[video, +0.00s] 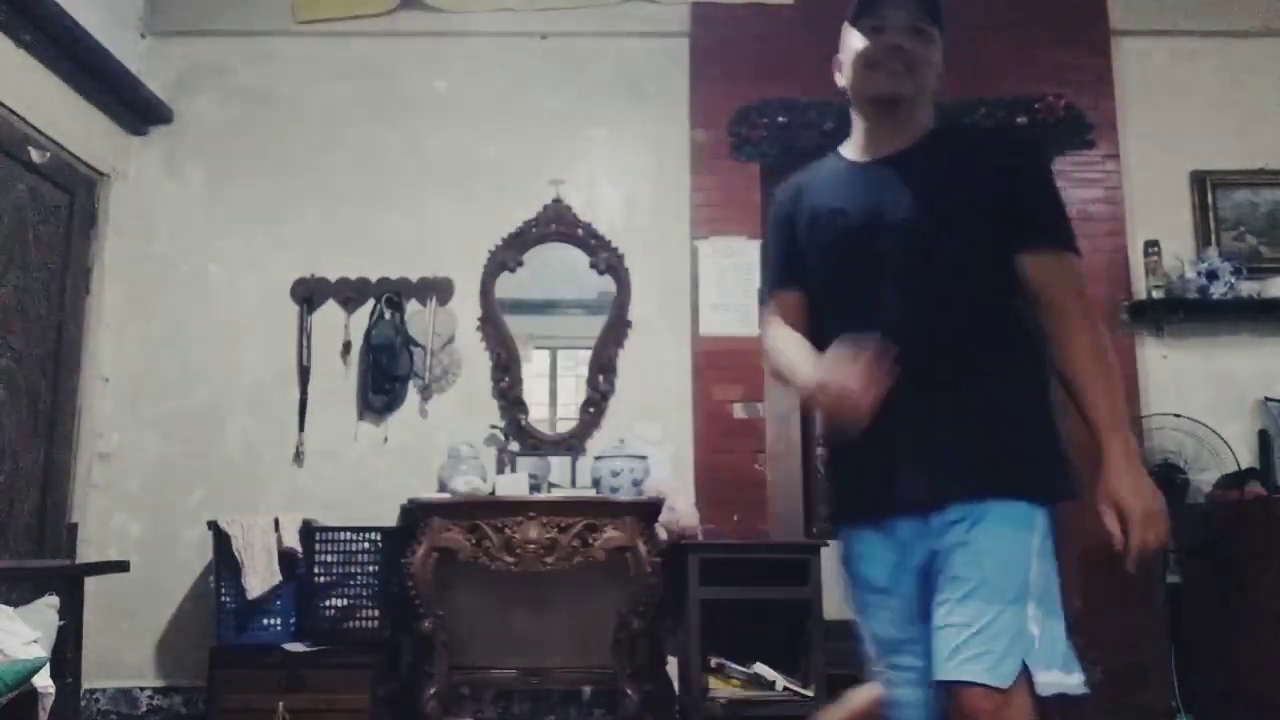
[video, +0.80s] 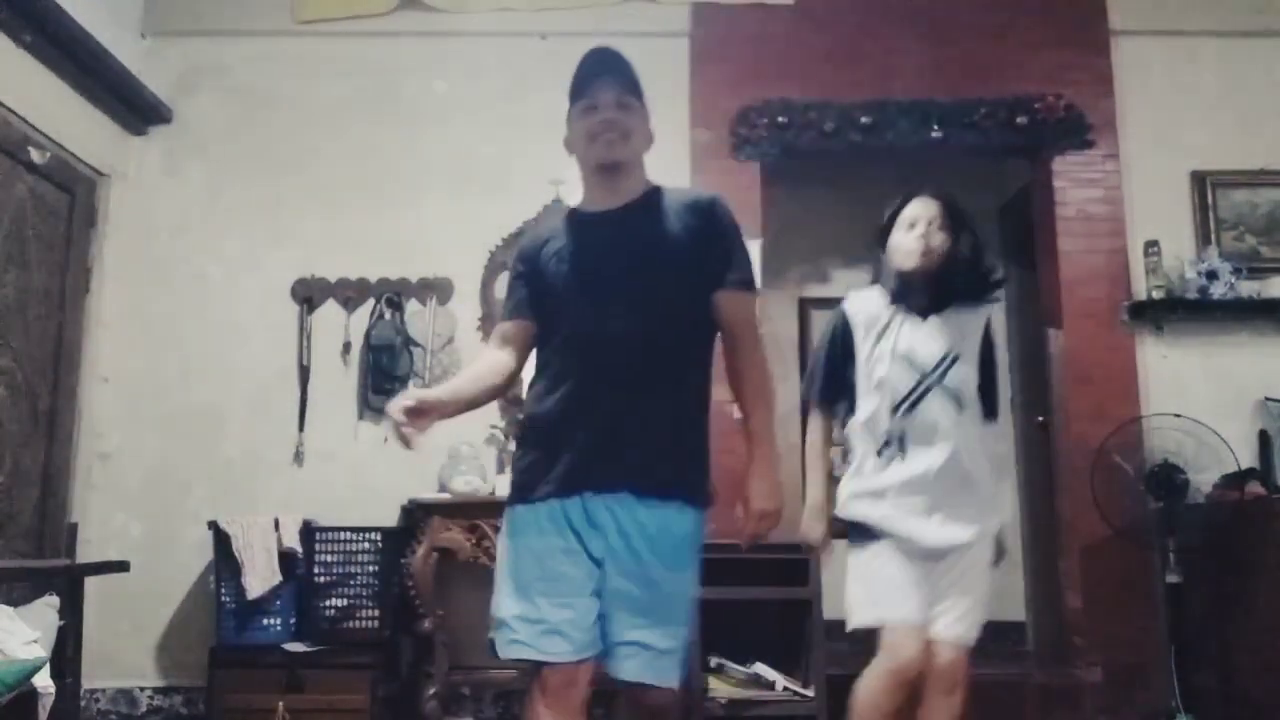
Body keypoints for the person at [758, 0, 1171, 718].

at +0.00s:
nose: (893, 44)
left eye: (917, 33)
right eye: (872, 30)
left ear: (942, 63)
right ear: (838, 64)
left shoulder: (1002, 160)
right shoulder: (802, 193)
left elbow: (1066, 309)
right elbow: (779, 327)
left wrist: (1120, 456)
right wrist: (816, 374)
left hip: (994, 481)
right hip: (872, 494)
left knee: (983, 692)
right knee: (907, 699)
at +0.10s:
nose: (865, 26)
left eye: (888, 17)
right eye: (845, 12)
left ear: (913, 48)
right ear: (809, 42)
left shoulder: (969, 144)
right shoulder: (772, 181)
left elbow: (1037, 287)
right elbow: (752, 327)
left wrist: (1071, 413)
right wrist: (747, 444)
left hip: (969, 479)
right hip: (825, 491)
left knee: (979, 692)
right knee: (809, 685)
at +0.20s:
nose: (824, 20)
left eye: (848, 11)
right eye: (803, 10)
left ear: (876, 45)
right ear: (769, 47)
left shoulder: (928, 135)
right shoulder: (733, 181)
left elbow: (989, 266)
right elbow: (705, 330)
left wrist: (993, 363)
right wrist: (681, 454)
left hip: (923, 475)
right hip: (769, 482)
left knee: (967, 690)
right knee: (711, 666)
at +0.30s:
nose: (784, 53)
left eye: (802, 40)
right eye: (765, 39)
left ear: (827, 54)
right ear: (731, 65)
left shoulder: (888, 159)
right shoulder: (697, 195)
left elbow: (947, 282)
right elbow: (661, 337)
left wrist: (922, 365)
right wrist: (633, 465)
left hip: (874, 498)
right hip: (721, 504)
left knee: (922, 702)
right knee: (659, 695)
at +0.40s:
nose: (734, 80)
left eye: (752, 66)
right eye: (716, 67)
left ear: (780, 88)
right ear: (692, 91)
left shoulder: (833, 209)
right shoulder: (650, 220)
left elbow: (887, 334)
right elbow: (619, 365)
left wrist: (867, 408)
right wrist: (597, 500)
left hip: (825, 539)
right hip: (667, 541)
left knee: (884, 710)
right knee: (620, 709)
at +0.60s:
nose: (648, 81)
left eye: (665, 68)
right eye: (629, 69)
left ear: (688, 87)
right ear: (604, 92)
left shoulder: (740, 196)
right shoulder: (568, 208)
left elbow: (778, 335)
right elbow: (540, 348)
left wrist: (800, 456)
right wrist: (515, 456)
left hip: (725, 486)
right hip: (596, 494)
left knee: (768, 677)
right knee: (581, 691)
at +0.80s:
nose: (608, 118)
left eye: (624, 106)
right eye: (590, 109)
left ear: (650, 129)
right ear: (568, 136)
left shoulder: (699, 220)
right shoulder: (541, 242)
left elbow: (744, 349)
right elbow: (504, 351)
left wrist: (763, 466)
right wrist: (436, 400)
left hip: (660, 485)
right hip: (551, 486)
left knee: (653, 690)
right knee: (562, 678)